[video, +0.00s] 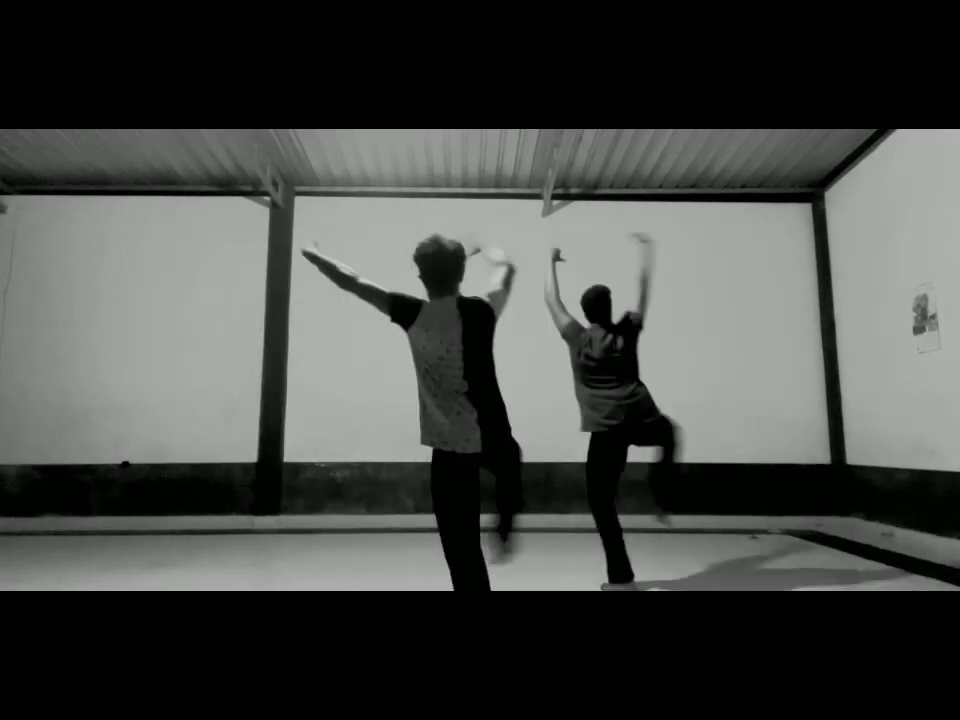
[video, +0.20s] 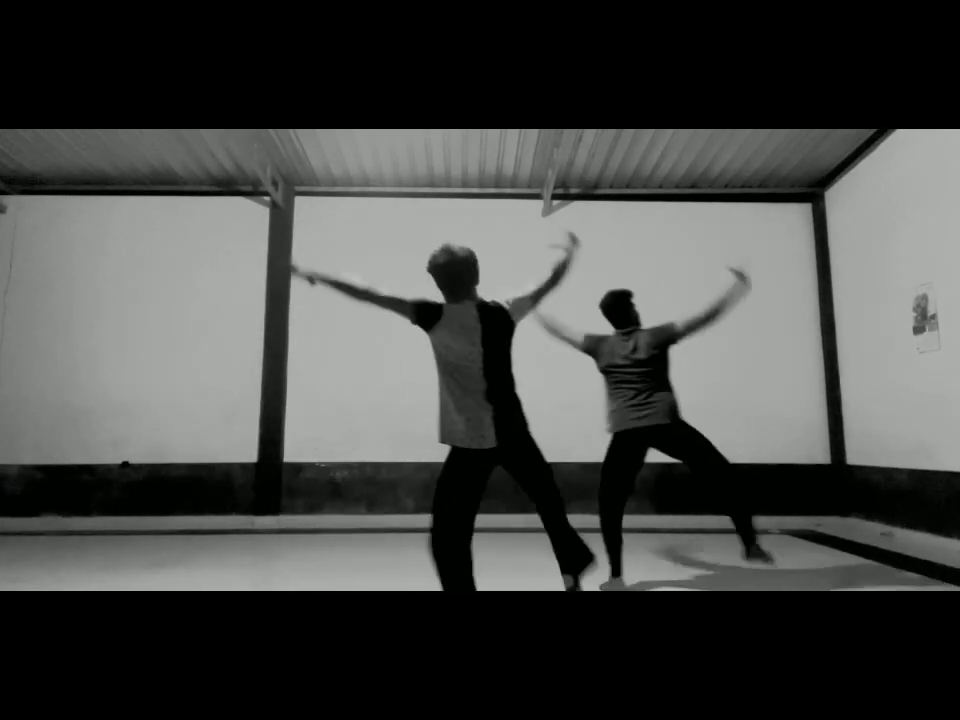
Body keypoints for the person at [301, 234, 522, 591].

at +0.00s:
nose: (422, 276)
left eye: (423, 270)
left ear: (422, 275)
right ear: (461, 273)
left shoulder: (414, 314)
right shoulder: (481, 313)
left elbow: (353, 283)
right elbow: (502, 285)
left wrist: (313, 255)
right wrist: (505, 264)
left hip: (448, 448)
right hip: (492, 441)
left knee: (461, 546)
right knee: (510, 460)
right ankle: (505, 533)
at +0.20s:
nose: (434, 284)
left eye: (436, 279)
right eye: (435, 279)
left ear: (442, 283)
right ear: (475, 278)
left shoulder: (435, 316)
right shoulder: (504, 313)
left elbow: (368, 295)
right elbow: (545, 287)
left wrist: (319, 279)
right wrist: (567, 258)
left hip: (470, 446)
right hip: (516, 439)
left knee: (448, 538)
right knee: (551, 505)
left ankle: (461, 592)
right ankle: (575, 578)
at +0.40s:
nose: (460, 341)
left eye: (457, 334)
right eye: (464, 331)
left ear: (459, 336)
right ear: (490, 328)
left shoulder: (459, 380)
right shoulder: (522, 369)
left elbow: (401, 408)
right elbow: (562, 378)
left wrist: (343, 426)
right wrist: (598, 379)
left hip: (494, 487)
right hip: (541, 485)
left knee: (422, 553)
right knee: (568, 548)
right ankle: (577, 589)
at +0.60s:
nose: (451, 335)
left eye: (452, 327)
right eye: (451, 327)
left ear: (459, 330)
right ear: (487, 326)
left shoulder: (459, 380)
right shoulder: (511, 367)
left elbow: (420, 430)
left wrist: (391, 451)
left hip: (495, 484)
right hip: (534, 481)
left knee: (416, 545)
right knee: (552, 546)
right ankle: (566, 583)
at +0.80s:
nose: (437, 290)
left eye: (446, 286)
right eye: (434, 284)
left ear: (462, 294)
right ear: (429, 290)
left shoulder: (460, 333)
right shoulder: (429, 340)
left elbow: (436, 307)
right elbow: (376, 320)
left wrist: (395, 299)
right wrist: (379, 295)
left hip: (465, 459)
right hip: (446, 457)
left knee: (423, 550)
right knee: (446, 529)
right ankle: (523, 579)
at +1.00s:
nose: (411, 288)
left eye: (416, 281)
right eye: (404, 281)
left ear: (420, 290)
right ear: (388, 287)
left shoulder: (430, 333)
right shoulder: (368, 335)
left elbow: (467, 311)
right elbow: (342, 304)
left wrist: (426, 295)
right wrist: (376, 290)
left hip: (424, 456)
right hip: (380, 452)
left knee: (430, 557)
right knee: (307, 520)